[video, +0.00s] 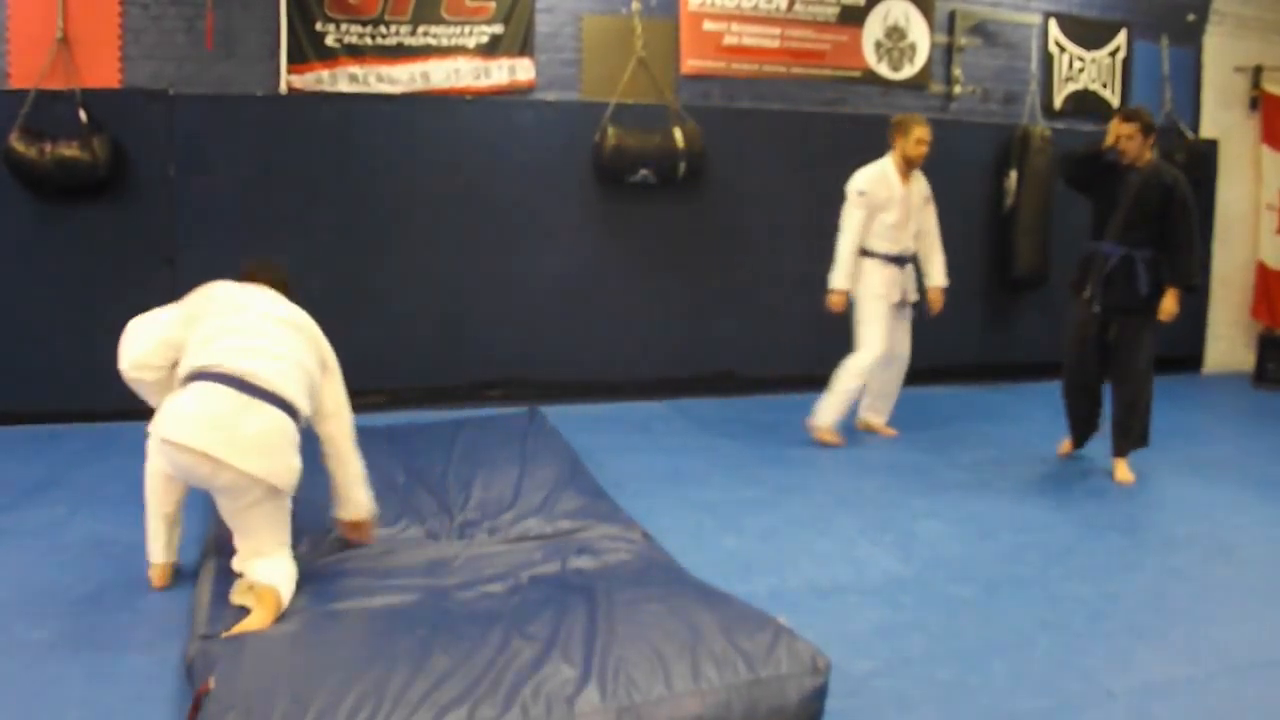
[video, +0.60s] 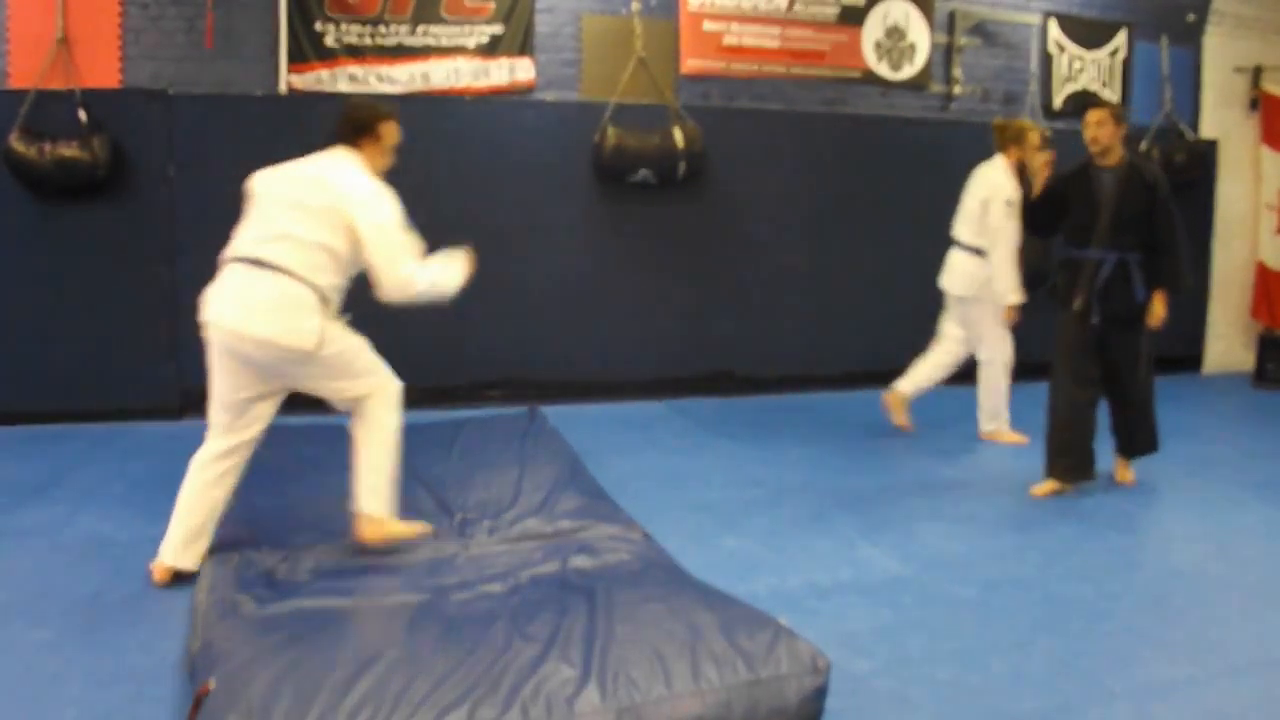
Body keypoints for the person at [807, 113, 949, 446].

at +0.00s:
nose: (924, 150)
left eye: (927, 144)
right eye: (918, 142)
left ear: (928, 147)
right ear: (898, 141)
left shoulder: (920, 185)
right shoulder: (867, 180)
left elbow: (929, 236)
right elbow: (849, 235)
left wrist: (936, 282)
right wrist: (839, 284)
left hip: (905, 270)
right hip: (872, 267)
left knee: (899, 349)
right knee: (871, 347)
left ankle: (873, 414)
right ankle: (823, 419)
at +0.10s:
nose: (938, 147)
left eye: (940, 141)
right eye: (932, 140)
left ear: (939, 143)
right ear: (911, 137)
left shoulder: (927, 180)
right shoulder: (878, 175)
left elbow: (937, 229)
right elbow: (863, 229)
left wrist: (947, 273)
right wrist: (861, 278)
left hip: (910, 265)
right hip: (882, 263)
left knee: (905, 345)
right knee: (895, 342)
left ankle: (877, 416)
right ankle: (856, 415)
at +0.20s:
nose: (957, 148)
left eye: (958, 141)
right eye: (952, 140)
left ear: (941, 141)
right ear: (931, 137)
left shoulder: (937, 174)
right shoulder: (896, 172)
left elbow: (947, 223)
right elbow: (884, 225)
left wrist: (960, 265)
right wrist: (889, 274)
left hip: (921, 263)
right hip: (898, 263)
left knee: (897, 341)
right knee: (927, 337)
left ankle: (872, 409)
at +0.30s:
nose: (974, 155)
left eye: (975, 148)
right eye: (970, 147)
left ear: (953, 146)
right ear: (949, 143)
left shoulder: (948, 180)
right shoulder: (919, 176)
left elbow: (955, 228)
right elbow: (906, 229)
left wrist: (971, 267)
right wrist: (915, 278)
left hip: (928, 266)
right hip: (913, 268)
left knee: (901, 347)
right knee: (946, 346)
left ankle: (871, 412)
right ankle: (964, 421)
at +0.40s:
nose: (993, 160)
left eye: (994, 153)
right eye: (989, 153)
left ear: (973, 150)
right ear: (970, 149)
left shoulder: (960, 180)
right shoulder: (946, 181)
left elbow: (964, 236)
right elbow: (937, 238)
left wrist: (976, 274)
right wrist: (945, 290)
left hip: (928, 270)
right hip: (931, 272)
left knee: (904, 348)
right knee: (962, 353)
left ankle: (870, 411)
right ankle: (990, 422)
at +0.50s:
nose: (1018, 158)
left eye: (1018, 152)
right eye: (1013, 152)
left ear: (990, 151)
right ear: (994, 151)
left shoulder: (962, 174)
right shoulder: (982, 187)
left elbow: (946, 227)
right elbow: (973, 245)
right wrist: (976, 297)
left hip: (936, 266)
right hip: (958, 274)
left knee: (918, 344)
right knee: (982, 352)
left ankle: (877, 404)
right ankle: (991, 424)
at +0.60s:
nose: (1037, 154)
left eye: (1038, 147)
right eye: (1033, 147)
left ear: (1008, 147)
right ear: (1015, 148)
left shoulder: (986, 170)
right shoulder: (1005, 184)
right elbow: (1003, 243)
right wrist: (1011, 294)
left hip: (959, 264)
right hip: (979, 272)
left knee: (953, 343)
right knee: (997, 349)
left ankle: (901, 391)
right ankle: (994, 425)